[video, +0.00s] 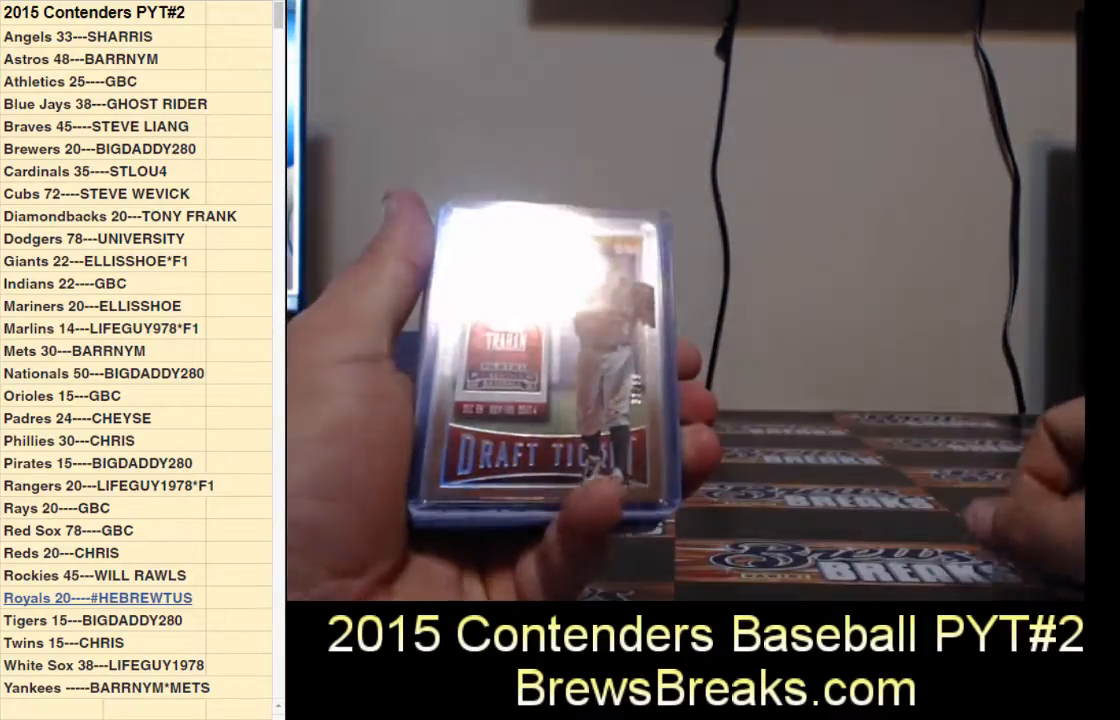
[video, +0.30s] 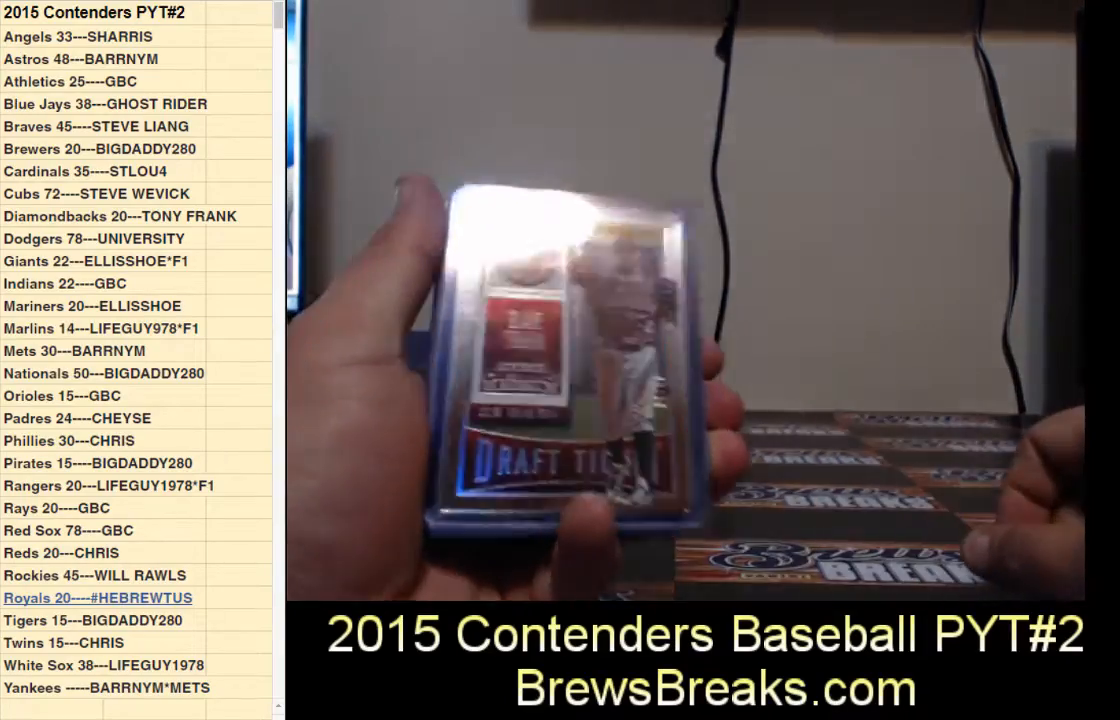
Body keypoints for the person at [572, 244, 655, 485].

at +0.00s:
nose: (611, 273)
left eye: (615, 269)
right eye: (607, 267)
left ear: (622, 267)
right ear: (601, 266)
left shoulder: (632, 290)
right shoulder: (592, 288)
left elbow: (651, 319)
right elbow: (579, 318)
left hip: (619, 350)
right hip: (590, 351)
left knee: (617, 410)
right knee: (588, 410)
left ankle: (620, 470)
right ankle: (595, 464)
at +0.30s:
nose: (628, 259)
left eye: (633, 252)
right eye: (622, 253)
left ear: (641, 255)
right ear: (614, 254)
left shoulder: (650, 284)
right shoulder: (603, 283)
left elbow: (666, 314)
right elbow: (577, 272)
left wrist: (670, 297)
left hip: (644, 350)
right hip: (610, 351)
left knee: (641, 418)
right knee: (612, 419)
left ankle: (644, 484)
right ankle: (618, 479)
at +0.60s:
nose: (668, 242)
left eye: (674, 236)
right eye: (663, 236)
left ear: (685, 241)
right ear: (656, 240)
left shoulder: (697, 276)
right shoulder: (644, 267)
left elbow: (718, 314)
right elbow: (625, 262)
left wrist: (719, 299)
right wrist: (616, 254)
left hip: (683, 354)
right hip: (648, 354)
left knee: (678, 426)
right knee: (646, 426)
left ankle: (680, 499)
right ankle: (652, 485)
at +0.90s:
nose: (681, 220)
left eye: (688, 214)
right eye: (676, 214)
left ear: (699, 219)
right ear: (668, 218)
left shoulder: (710, 256)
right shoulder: (655, 248)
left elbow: (729, 298)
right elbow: (637, 242)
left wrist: (735, 282)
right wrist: (625, 233)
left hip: (698, 344)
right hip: (660, 343)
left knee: (692, 419)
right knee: (659, 420)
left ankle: (693, 496)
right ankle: (666, 479)